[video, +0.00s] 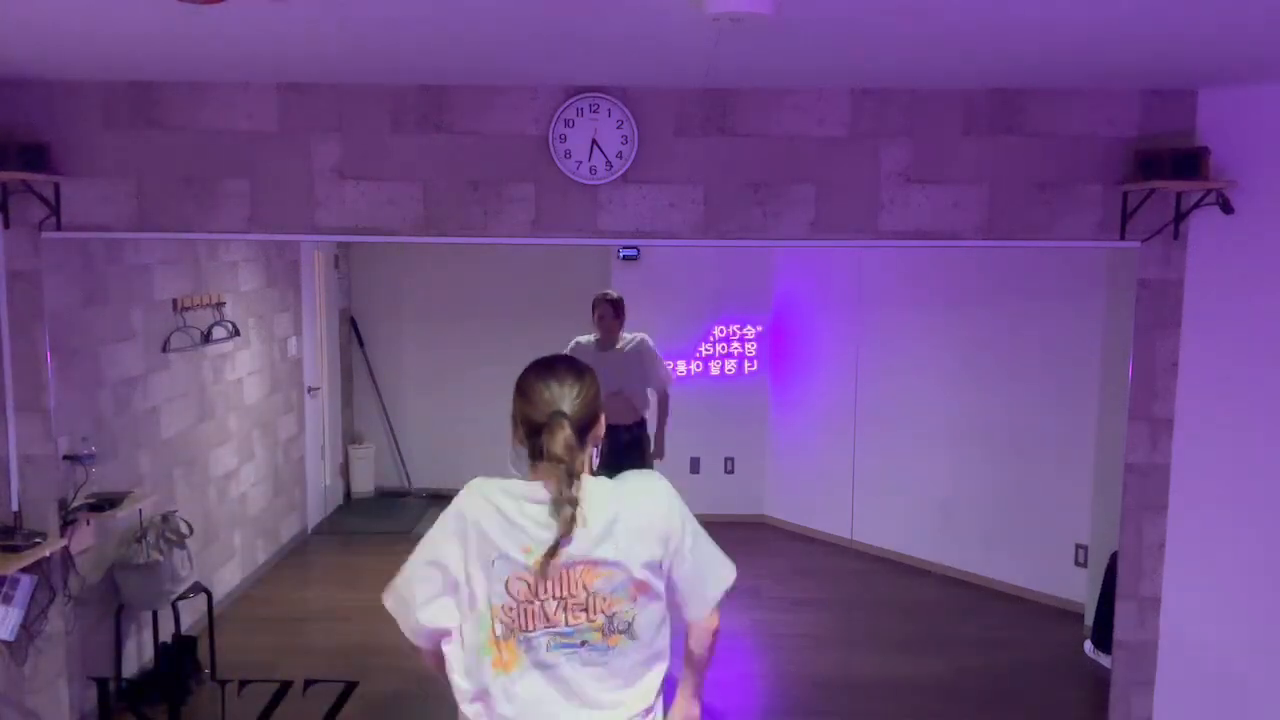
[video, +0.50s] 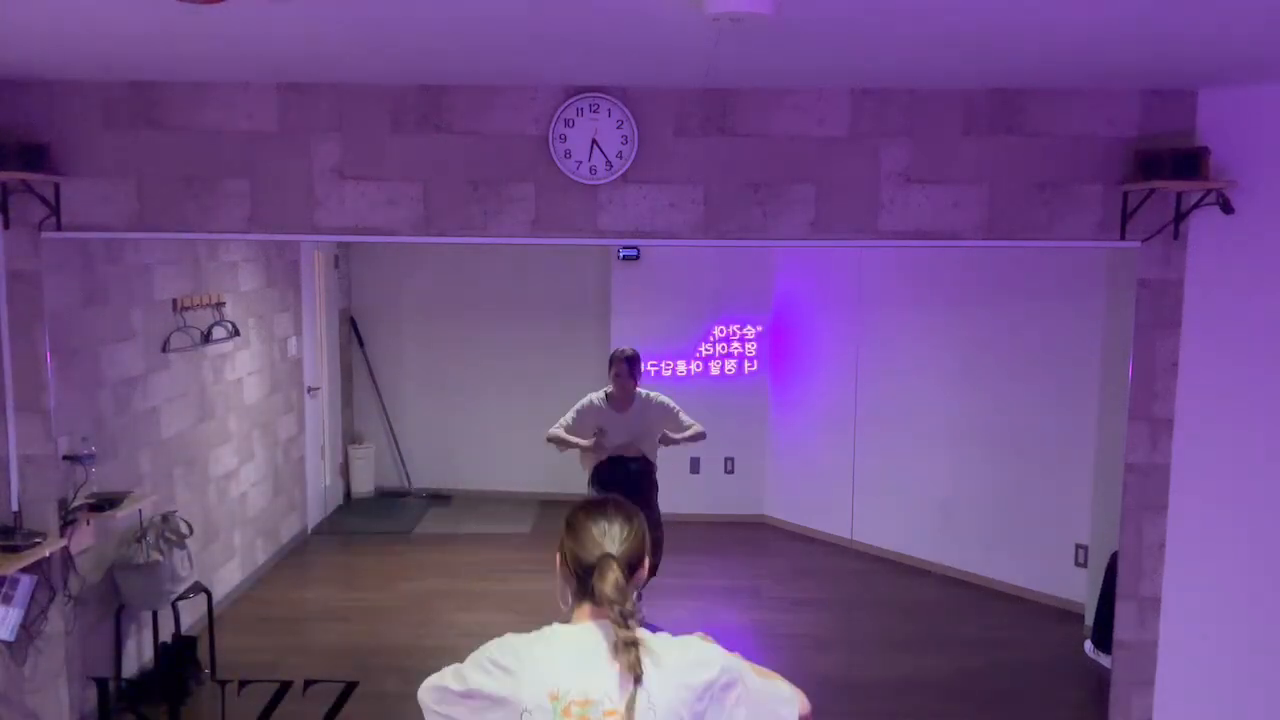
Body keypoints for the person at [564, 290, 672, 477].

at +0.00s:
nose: (603, 323)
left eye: (608, 317)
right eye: (599, 317)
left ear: (620, 318)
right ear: (593, 319)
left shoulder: (640, 345)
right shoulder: (579, 348)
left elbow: (662, 391)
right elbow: (565, 390)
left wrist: (659, 438)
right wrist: (570, 437)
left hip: (633, 436)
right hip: (595, 437)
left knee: (636, 500)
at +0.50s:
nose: (621, 381)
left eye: (627, 375)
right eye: (617, 375)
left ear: (637, 376)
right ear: (610, 375)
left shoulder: (654, 403)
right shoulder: (594, 404)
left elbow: (699, 432)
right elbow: (554, 434)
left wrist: (676, 439)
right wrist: (584, 444)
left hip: (642, 484)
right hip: (604, 482)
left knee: (652, 552)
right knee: (603, 542)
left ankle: (636, 596)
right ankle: (602, 598)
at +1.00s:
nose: (618, 330)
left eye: (624, 325)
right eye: (614, 324)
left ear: (635, 328)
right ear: (608, 325)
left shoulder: (651, 351)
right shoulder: (593, 347)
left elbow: (693, 367)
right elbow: (547, 356)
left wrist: (657, 393)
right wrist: (575, 388)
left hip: (639, 428)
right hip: (597, 424)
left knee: (650, 489)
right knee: (595, 487)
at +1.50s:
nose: (611, 359)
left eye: (618, 354)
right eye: (607, 352)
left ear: (627, 360)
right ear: (598, 354)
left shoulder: (636, 399)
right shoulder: (575, 388)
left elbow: (635, 454)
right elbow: (571, 443)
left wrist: (635, 499)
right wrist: (571, 489)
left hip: (617, 465)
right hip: (580, 464)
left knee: (636, 533)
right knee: (526, 528)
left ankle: (627, 607)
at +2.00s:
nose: (508, 339)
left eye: (515, 335)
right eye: (508, 333)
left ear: (532, 340)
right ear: (505, 333)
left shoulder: (541, 375)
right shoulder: (494, 344)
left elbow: (565, 416)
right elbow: (478, 375)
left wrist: (604, 415)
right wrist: (514, 402)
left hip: (512, 452)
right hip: (476, 450)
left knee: (531, 530)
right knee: (439, 527)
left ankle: (563, 600)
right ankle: (464, 595)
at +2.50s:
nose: (480, 319)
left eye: (486, 314)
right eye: (474, 314)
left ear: (497, 317)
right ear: (467, 317)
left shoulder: (514, 355)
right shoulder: (451, 354)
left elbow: (521, 406)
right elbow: (442, 405)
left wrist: (515, 448)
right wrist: (442, 448)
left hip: (502, 439)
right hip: (466, 438)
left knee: (498, 519)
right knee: (465, 519)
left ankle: (494, 595)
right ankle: (467, 595)